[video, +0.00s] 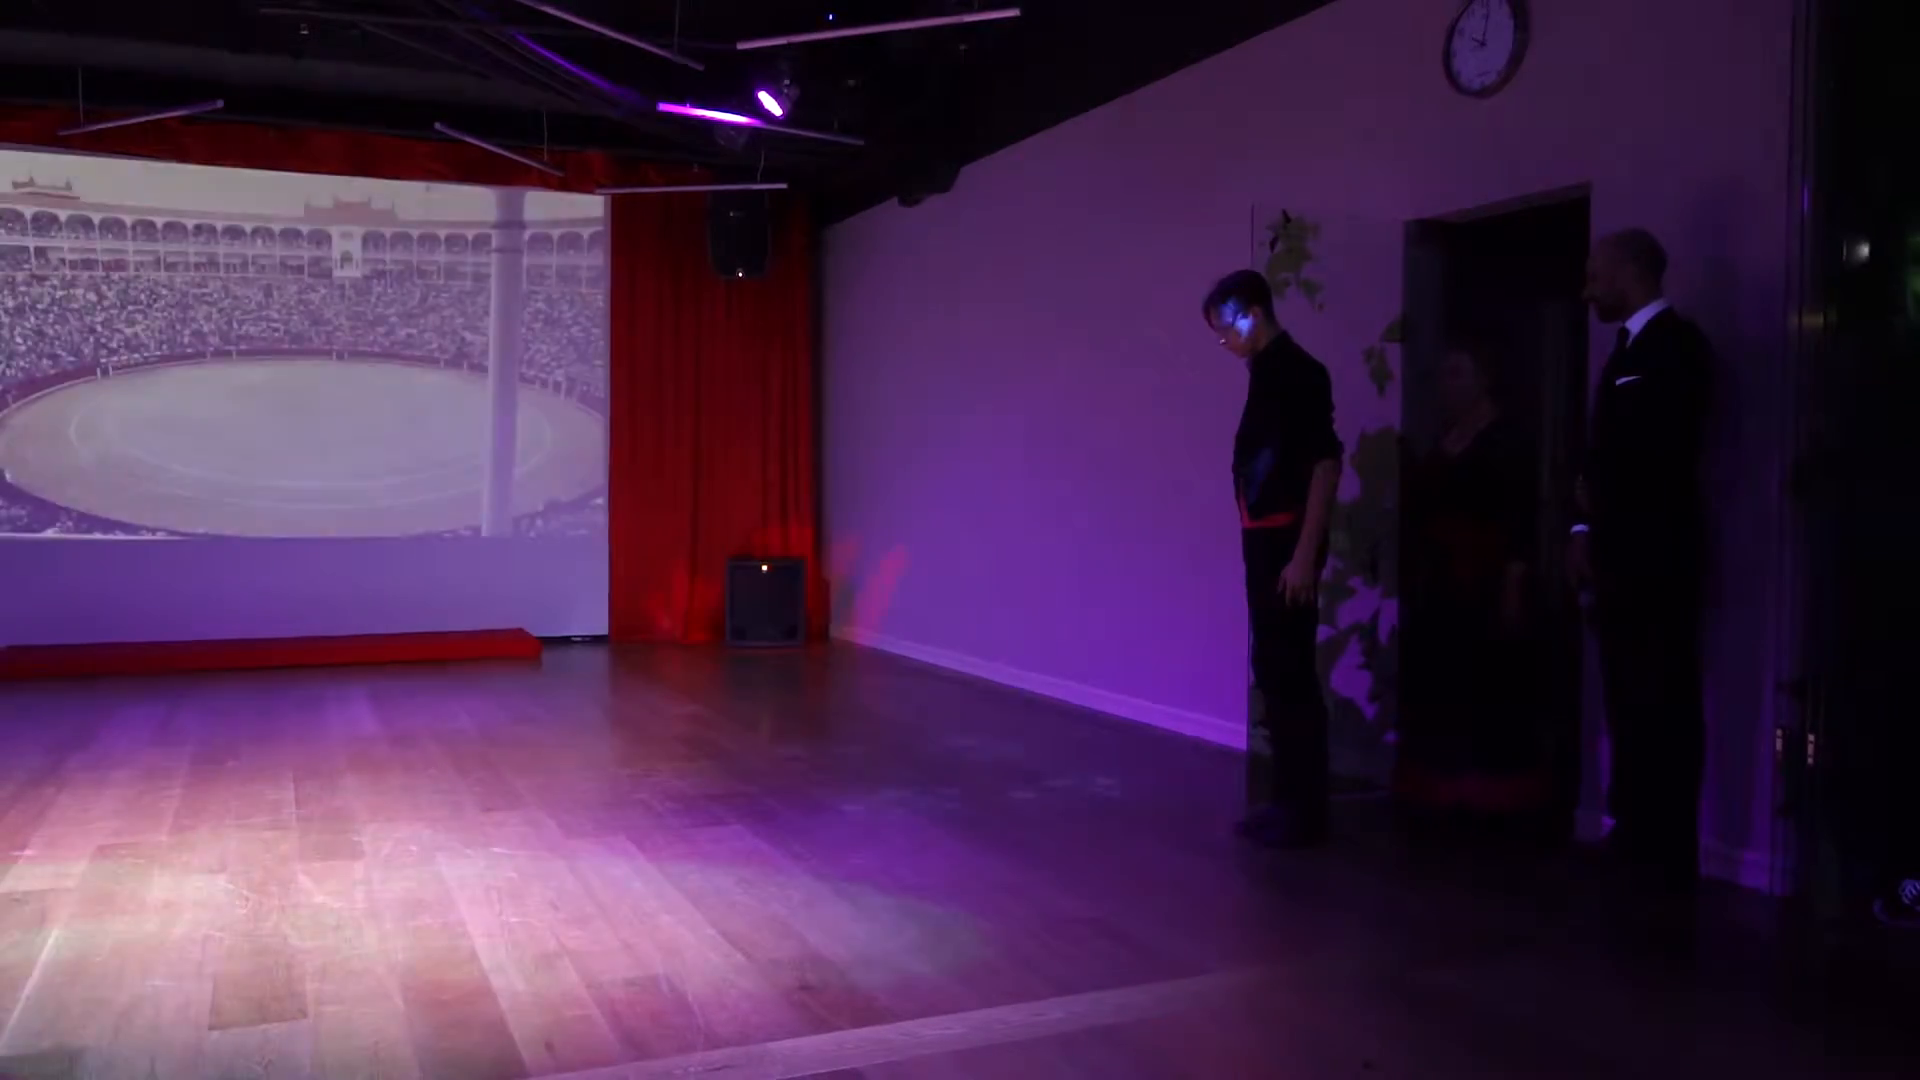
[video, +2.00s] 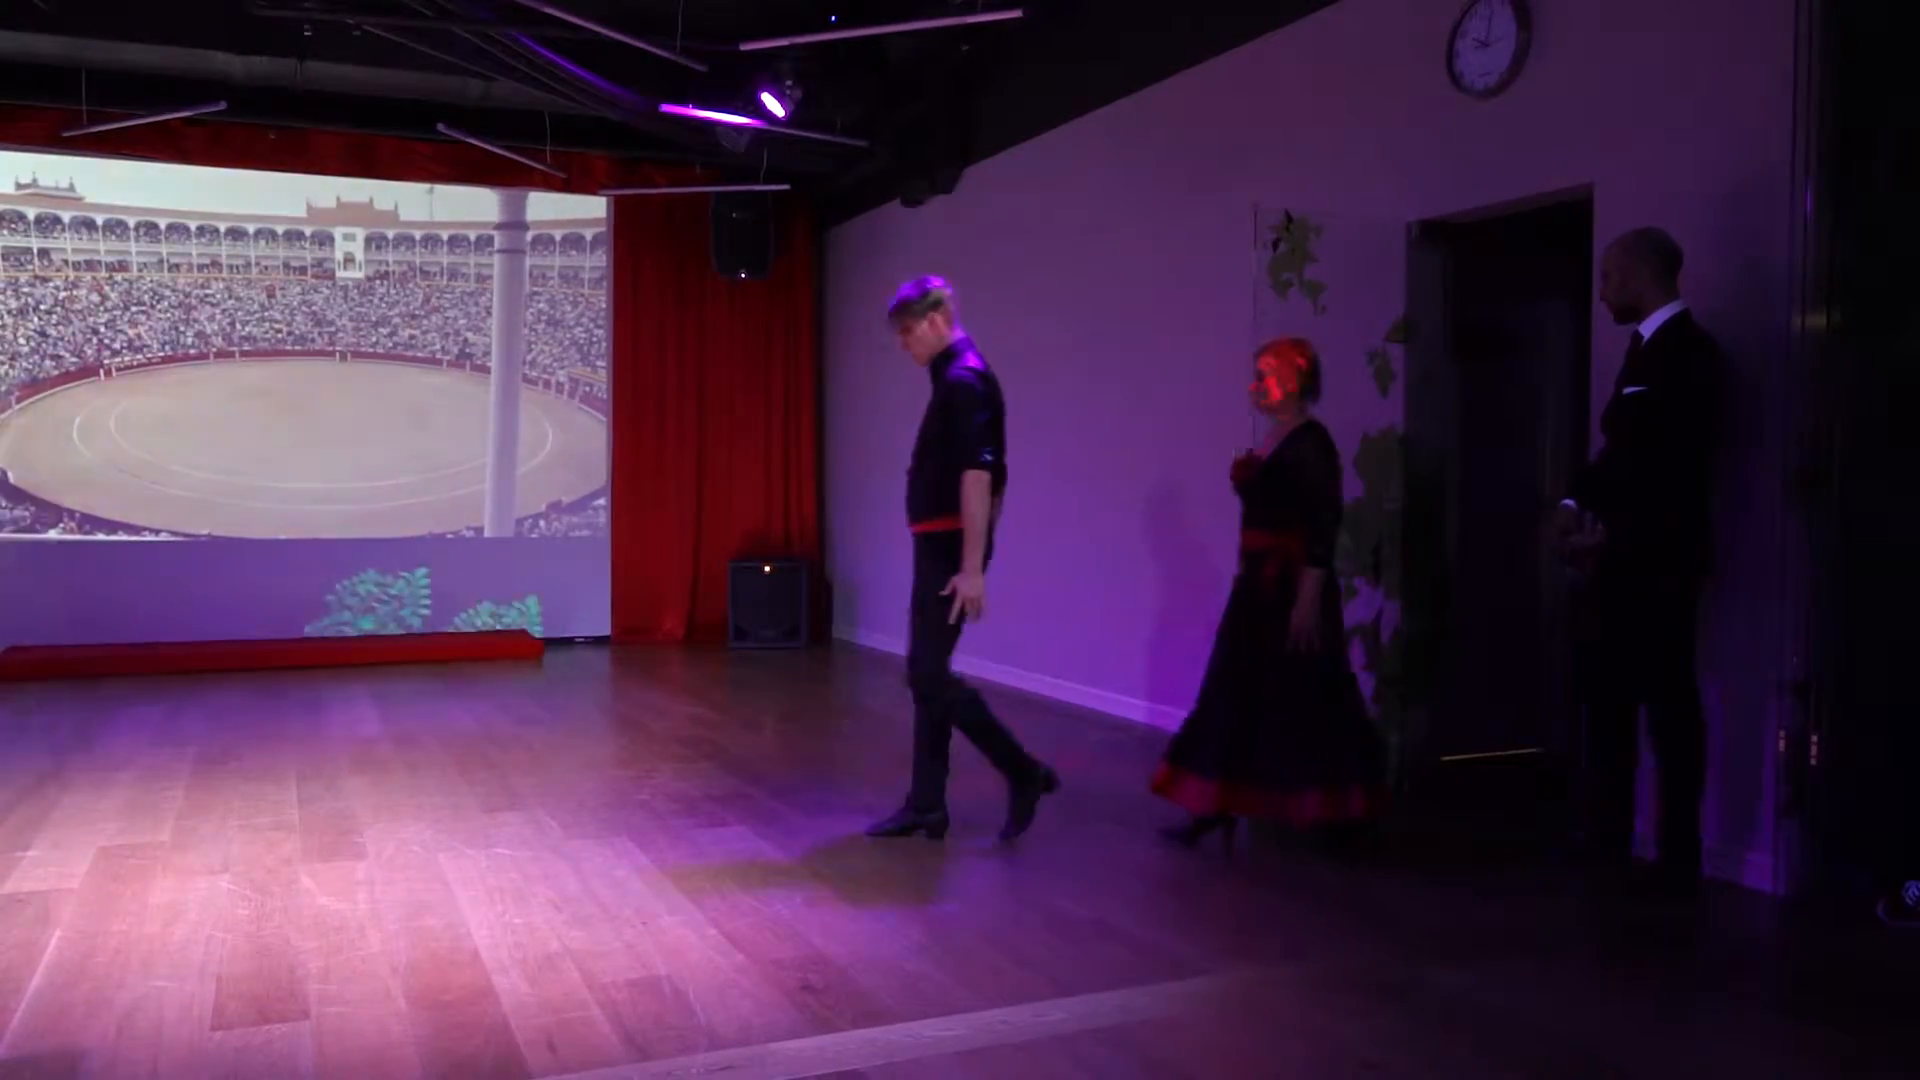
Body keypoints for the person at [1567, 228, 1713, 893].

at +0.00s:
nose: (1591, 286)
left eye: (1600, 271)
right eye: (1592, 272)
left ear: (1634, 275)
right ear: (1638, 275)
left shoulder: (1671, 349)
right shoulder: (1633, 349)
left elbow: (1647, 466)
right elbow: (1603, 458)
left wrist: (1606, 538)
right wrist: (1586, 528)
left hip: (1661, 556)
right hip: (1632, 554)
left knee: (1659, 706)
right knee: (1636, 706)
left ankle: (1660, 852)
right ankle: (1638, 846)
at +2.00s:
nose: (1603, 288)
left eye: (1611, 275)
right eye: (1604, 275)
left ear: (1640, 278)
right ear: (1654, 277)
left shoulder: (1681, 355)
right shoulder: (1646, 351)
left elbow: (1654, 465)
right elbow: (1622, 453)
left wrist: (1599, 517)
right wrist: (1586, 507)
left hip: (1664, 558)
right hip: (1633, 554)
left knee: (1668, 702)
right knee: (1615, 700)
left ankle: (1675, 855)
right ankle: (1612, 848)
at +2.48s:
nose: (1534, 301)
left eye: (1541, 288)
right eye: (1535, 289)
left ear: (1570, 288)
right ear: (1584, 287)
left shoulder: (1598, 361)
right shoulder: (1601, 356)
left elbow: (1585, 470)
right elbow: (1584, 469)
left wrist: (1547, 525)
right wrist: (1546, 525)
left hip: (1595, 552)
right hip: (1590, 549)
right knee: (1634, 695)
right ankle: (1675, 847)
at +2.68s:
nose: (1483, 304)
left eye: (1490, 292)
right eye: (1484, 292)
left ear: (1520, 292)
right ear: (1526, 293)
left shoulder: (1562, 356)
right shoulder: (1537, 356)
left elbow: (1560, 466)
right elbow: (1545, 464)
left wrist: (1525, 539)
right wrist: (1518, 535)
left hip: (1567, 547)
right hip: (1553, 545)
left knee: (1598, 690)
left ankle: (1656, 842)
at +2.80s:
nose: (1460, 308)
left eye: (1465, 294)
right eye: (1460, 295)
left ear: (1492, 292)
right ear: (1497, 291)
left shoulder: (1547, 352)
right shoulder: (1498, 358)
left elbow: (1552, 459)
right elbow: (1445, 424)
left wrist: (1523, 537)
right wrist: (1356, 442)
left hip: (1556, 545)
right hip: (1516, 544)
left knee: (1580, 689)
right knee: (1503, 683)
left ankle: (1620, 838)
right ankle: (1504, 822)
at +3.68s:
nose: (1433, 305)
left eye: (1439, 290)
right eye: (1433, 292)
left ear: (1464, 288)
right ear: (1468, 286)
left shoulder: (1511, 351)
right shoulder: (1479, 352)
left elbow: (1513, 455)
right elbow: (1459, 451)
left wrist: (1511, 539)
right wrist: (1369, 456)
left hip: (1518, 558)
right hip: (1493, 555)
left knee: (1510, 695)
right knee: (1494, 693)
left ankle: (1521, 835)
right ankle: (1499, 828)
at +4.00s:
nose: (1459, 308)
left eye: (1460, 296)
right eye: (1460, 296)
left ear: (1473, 294)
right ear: (1506, 290)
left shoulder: (1511, 356)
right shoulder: (1527, 349)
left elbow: (1507, 463)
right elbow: (1508, 460)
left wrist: (1494, 548)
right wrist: (1444, 465)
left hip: (1521, 554)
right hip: (1530, 546)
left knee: (1511, 693)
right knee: (1521, 691)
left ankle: (1518, 830)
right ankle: (1524, 827)